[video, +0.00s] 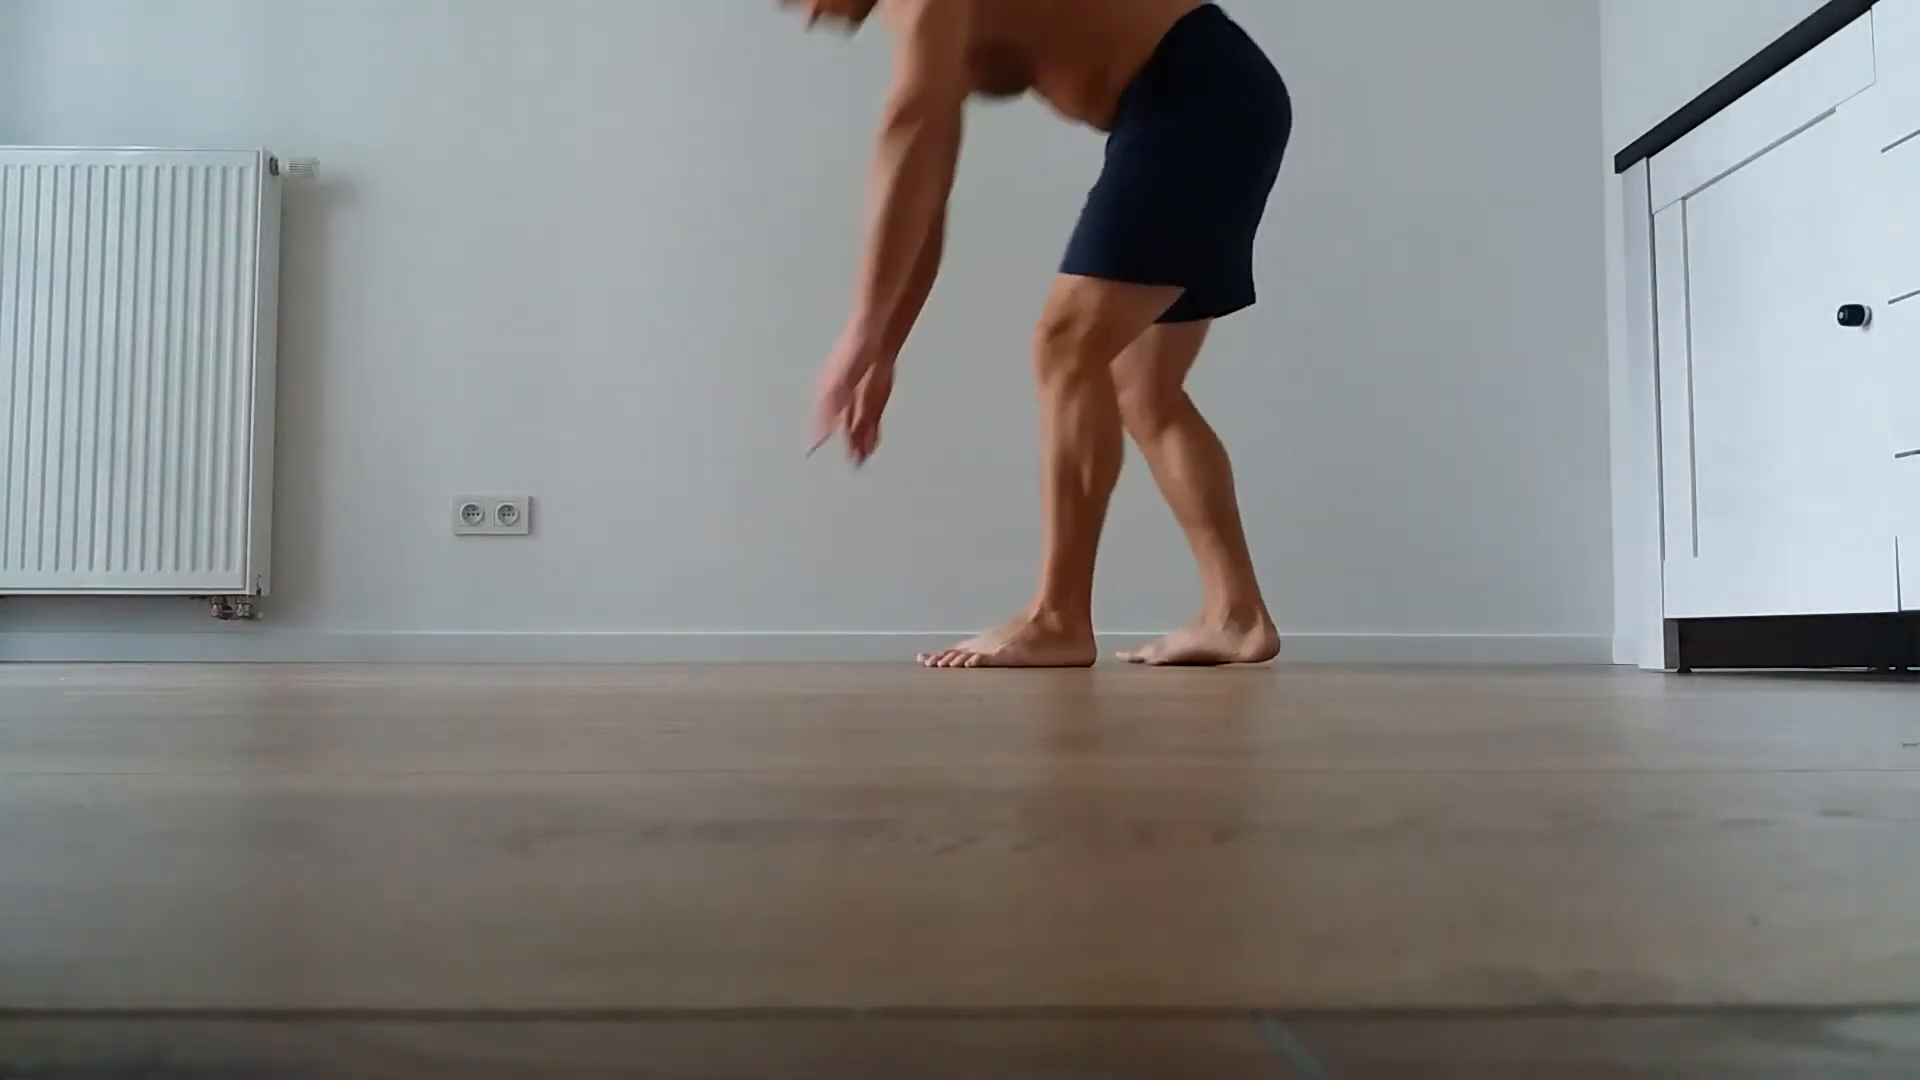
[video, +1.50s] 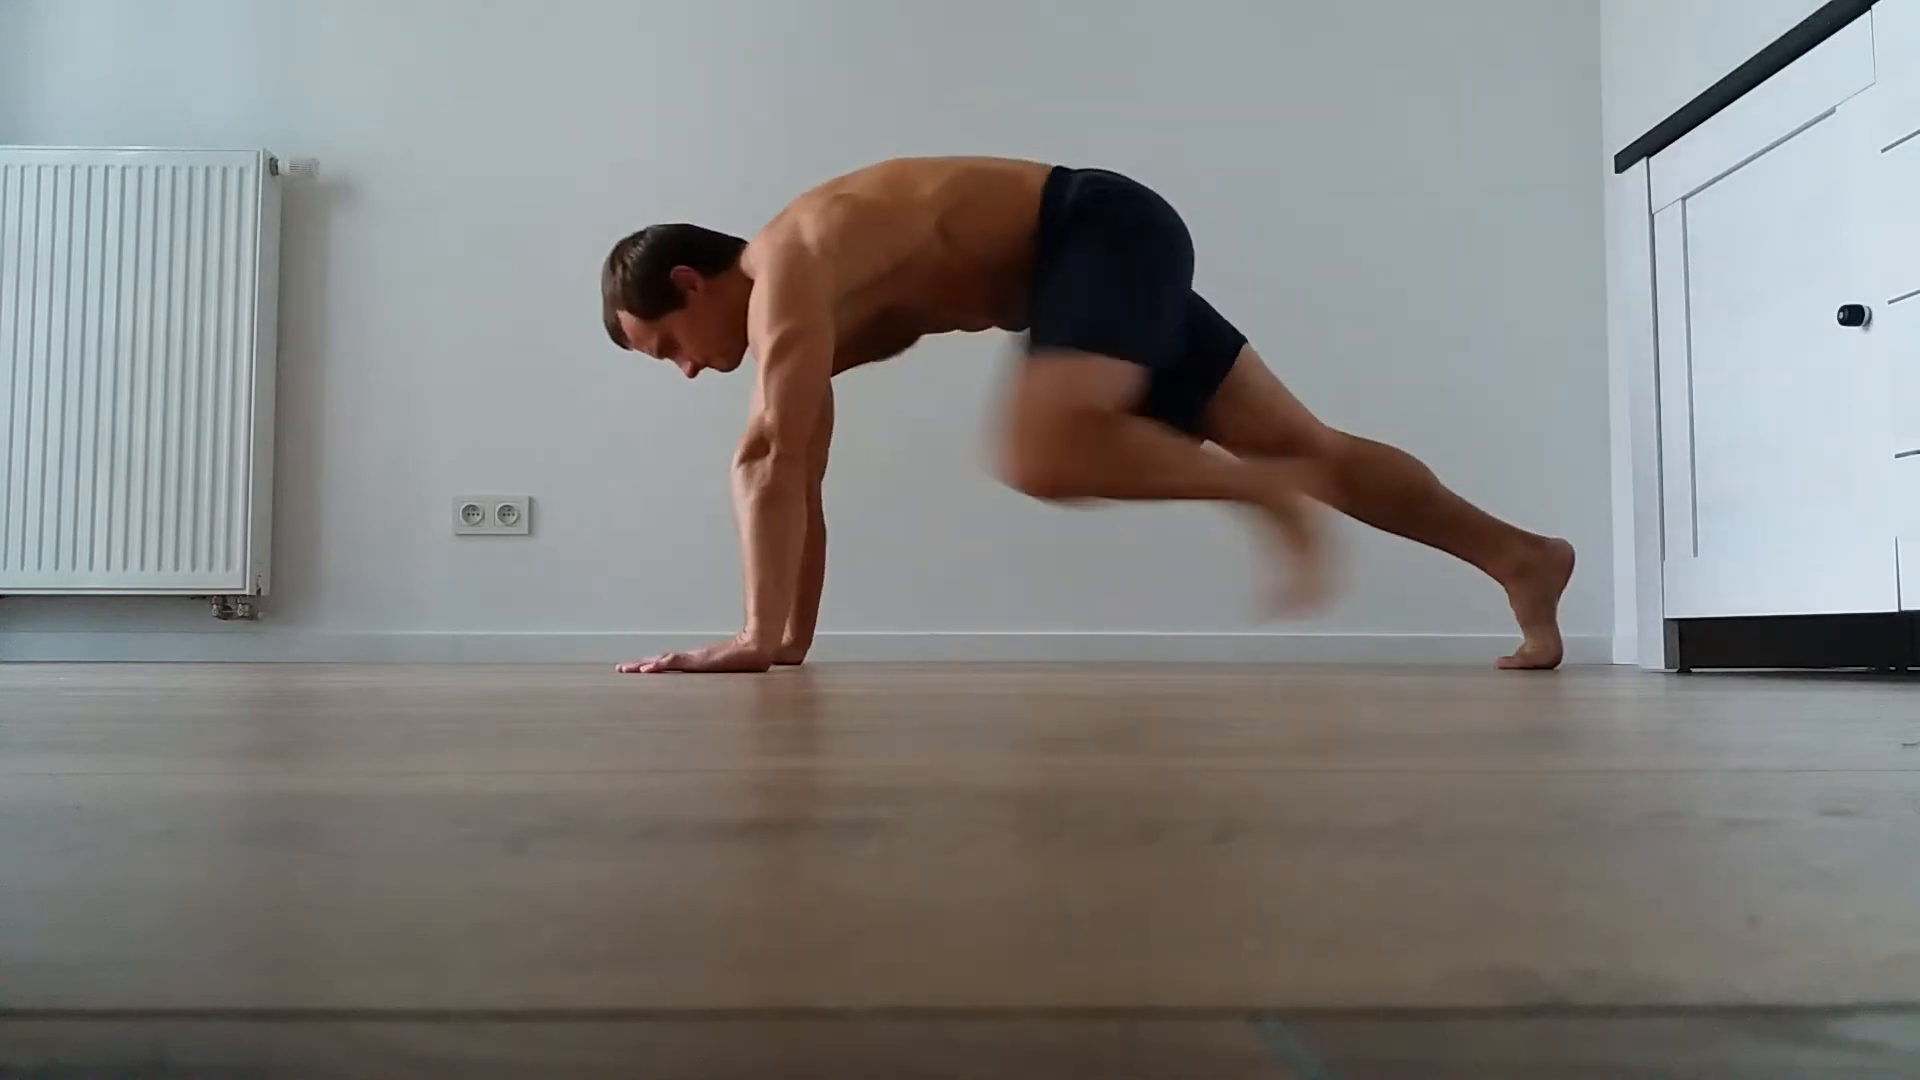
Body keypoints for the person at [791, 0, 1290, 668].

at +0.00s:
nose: (809, 10)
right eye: (803, 6)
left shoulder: (931, 5)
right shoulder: (942, 23)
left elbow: (913, 128)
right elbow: (927, 196)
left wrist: (866, 328)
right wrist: (884, 354)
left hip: (1193, 101)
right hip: (1219, 100)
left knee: (1070, 346)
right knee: (1145, 388)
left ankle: (1060, 618)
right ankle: (1236, 615)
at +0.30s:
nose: (726, 241)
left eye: (717, 215)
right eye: (708, 232)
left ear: (752, 155)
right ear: (753, 166)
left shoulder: (834, 176)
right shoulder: (836, 204)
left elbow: (783, 373)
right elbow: (833, 391)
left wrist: (722, 552)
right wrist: (797, 540)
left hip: (1135, 127)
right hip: (1170, 126)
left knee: (988, 362)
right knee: (1214, 416)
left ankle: (1054, 622)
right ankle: (1430, 550)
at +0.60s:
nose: (683, 330)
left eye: (668, 310)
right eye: (664, 318)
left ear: (697, 253)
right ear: (701, 245)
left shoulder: (797, 250)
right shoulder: (796, 231)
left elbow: (786, 451)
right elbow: (801, 451)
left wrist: (756, 630)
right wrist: (757, 620)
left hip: (1090, 163)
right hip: (1126, 151)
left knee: (941, 382)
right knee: (1291, 397)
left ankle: (1050, 622)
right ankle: (1502, 520)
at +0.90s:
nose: (677, 344)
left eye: (660, 324)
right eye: (658, 331)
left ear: (685, 274)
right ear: (698, 256)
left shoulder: (776, 271)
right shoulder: (787, 241)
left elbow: (788, 451)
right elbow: (807, 454)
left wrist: (761, 629)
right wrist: (770, 621)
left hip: (1080, 169)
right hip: (1122, 161)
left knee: (930, 389)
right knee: (1272, 411)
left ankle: (1049, 624)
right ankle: (1494, 537)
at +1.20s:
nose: (668, 352)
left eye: (653, 332)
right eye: (652, 340)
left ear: (678, 277)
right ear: (689, 271)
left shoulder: (761, 276)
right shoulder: (783, 276)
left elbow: (762, 454)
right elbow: (804, 481)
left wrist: (764, 630)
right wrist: (790, 641)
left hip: (1073, 223)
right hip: (1111, 215)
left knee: (895, 408)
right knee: (1296, 440)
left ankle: (1044, 616)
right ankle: (1516, 549)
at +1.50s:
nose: (679, 364)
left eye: (663, 345)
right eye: (662, 353)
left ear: (689, 288)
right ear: (698, 288)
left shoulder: (789, 267)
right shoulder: (796, 293)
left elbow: (768, 461)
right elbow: (797, 476)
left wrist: (762, 631)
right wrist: (794, 637)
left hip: (1101, 237)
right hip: (1102, 260)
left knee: (1045, 454)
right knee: (1301, 454)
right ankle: (1522, 557)